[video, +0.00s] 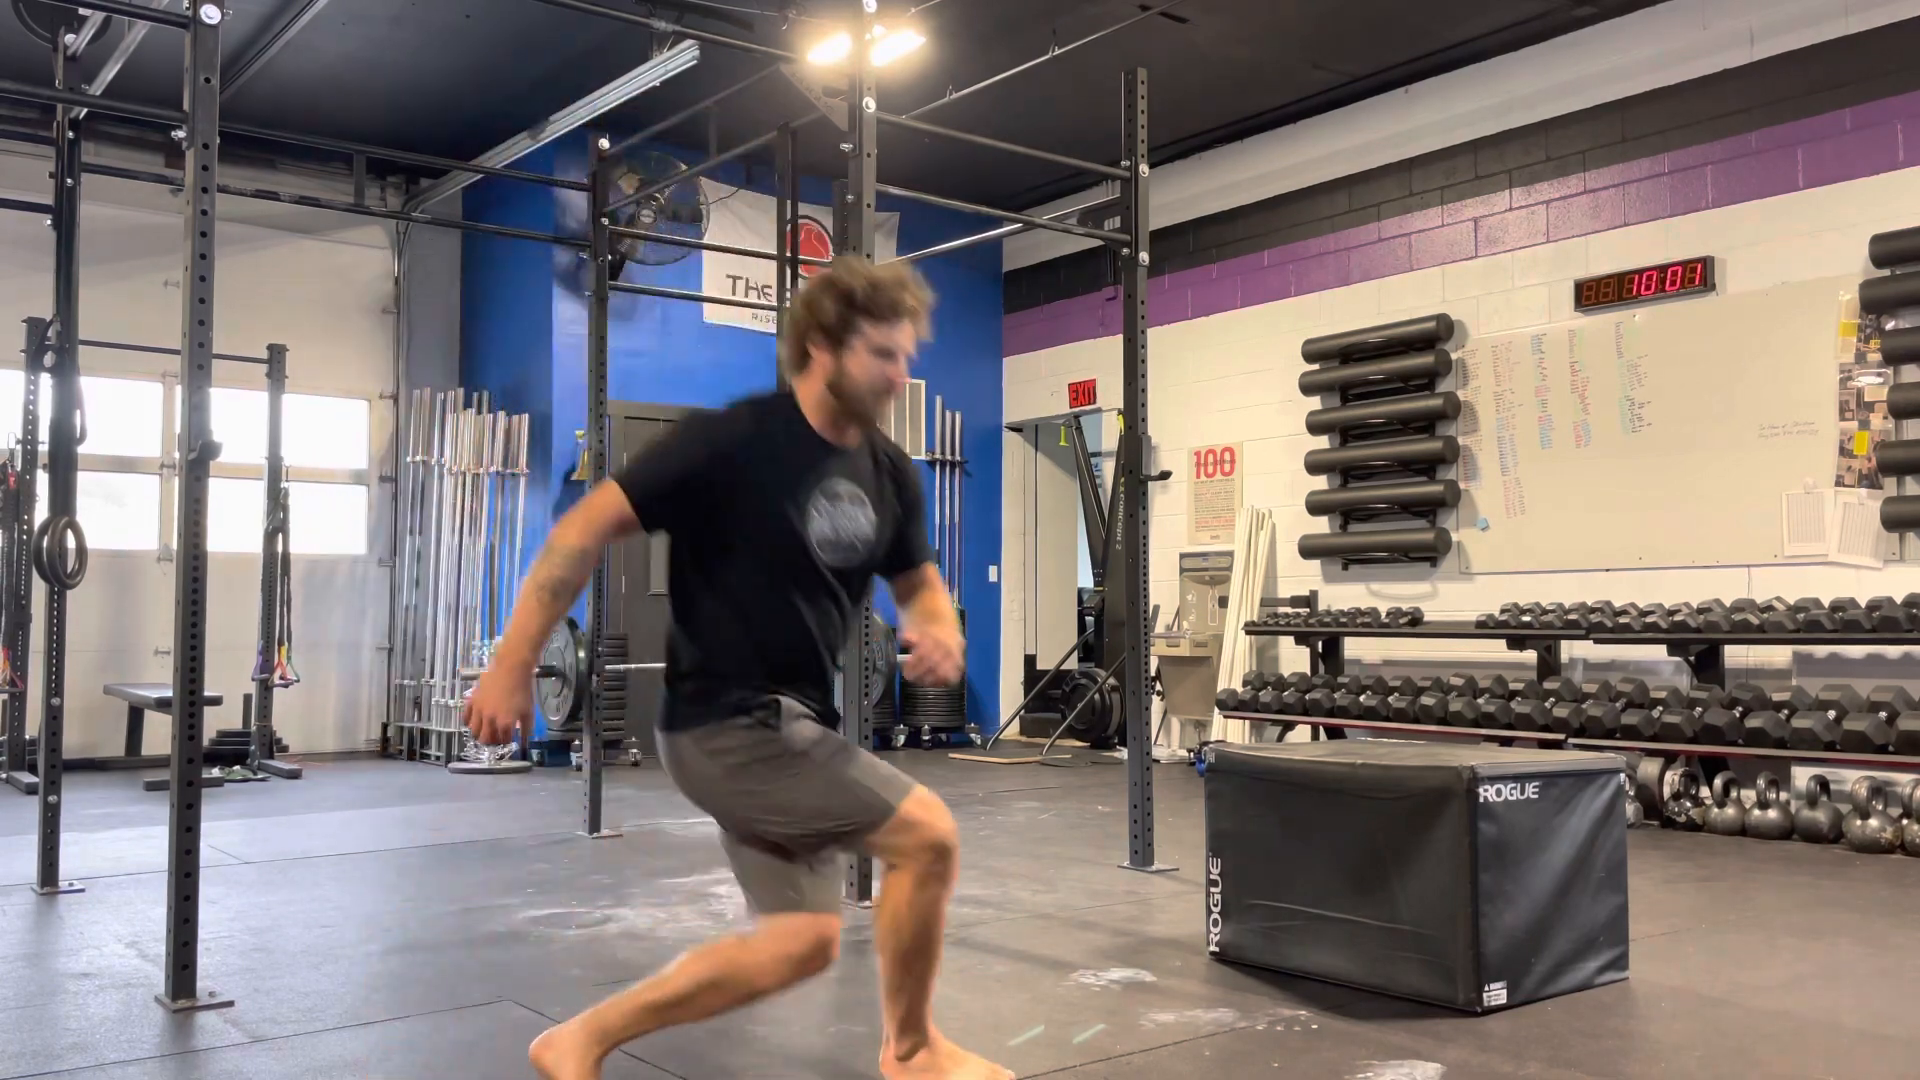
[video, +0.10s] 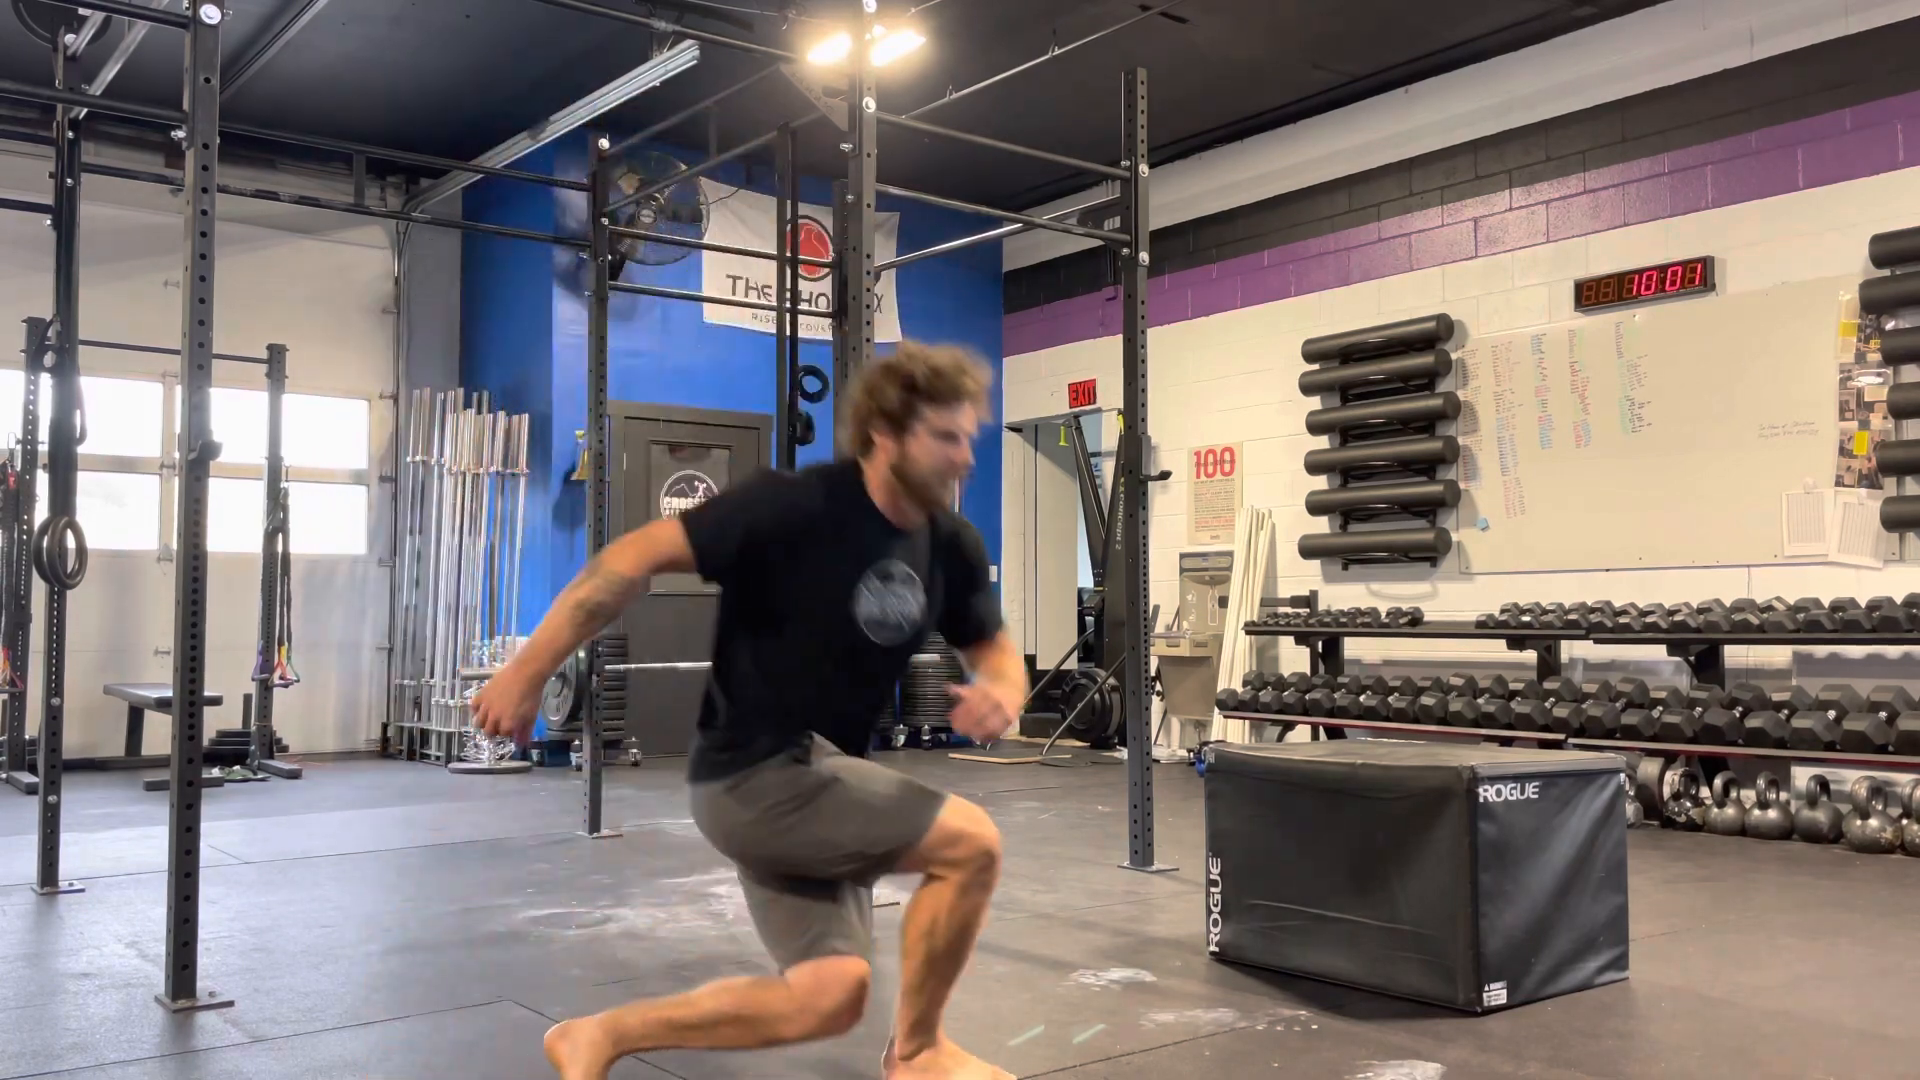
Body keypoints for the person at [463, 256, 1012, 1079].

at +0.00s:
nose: (902, 376)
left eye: (908, 358)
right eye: (885, 354)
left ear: (908, 359)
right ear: (822, 351)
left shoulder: (885, 471)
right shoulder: (727, 441)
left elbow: (920, 585)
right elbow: (581, 530)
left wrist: (939, 632)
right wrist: (510, 665)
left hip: (793, 721)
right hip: (727, 720)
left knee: (804, 942)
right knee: (927, 836)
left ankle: (578, 1041)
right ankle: (911, 1048)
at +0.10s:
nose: (964, 457)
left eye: (970, 440)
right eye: (947, 436)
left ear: (972, 443)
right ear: (884, 437)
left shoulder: (948, 546)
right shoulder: (790, 507)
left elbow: (996, 651)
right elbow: (634, 555)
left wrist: (1001, 696)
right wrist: (525, 672)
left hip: (817, 780)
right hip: (756, 775)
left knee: (831, 995)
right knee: (970, 845)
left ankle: (599, 1036)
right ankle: (916, 1049)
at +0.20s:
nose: (1034, 509)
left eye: (1037, 491)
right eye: (1016, 491)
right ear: (954, 492)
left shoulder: (1008, 597)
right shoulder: (857, 542)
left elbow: (1062, 700)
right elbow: (696, 561)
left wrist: (1070, 728)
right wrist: (567, 645)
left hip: (835, 800)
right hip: (783, 787)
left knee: (835, 1023)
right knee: (1003, 851)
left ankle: (604, 1036)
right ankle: (917, 1048)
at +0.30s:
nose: (1109, 508)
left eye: (1110, 491)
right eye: (1094, 492)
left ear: (1056, 496)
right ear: (1033, 493)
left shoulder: (1062, 591)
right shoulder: (927, 548)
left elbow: (1100, 707)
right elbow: (767, 588)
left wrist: (1113, 705)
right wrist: (647, 678)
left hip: (852, 775)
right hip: (838, 764)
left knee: (839, 998)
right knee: (1040, 863)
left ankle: (606, 1035)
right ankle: (918, 1049)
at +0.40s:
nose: (1158, 451)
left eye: (1158, 435)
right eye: (1149, 434)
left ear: (1100, 438)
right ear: (1101, 436)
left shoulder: (1086, 519)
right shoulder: (993, 516)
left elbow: (1061, 614)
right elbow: (891, 660)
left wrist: (1112, 668)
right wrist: (823, 776)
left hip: (930, 723)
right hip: (908, 723)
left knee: (929, 937)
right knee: (1063, 866)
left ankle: (720, 978)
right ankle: (919, 1043)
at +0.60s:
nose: (1202, 309)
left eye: (1203, 293)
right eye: (1198, 293)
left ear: (1120, 289)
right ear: (1168, 294)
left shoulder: (1082, 353)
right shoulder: (1139, 368)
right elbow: (1250, 449)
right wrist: (1340, 430)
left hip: (1073, 592)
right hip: (1019, 616)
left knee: (1191, 620)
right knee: (1062, 833)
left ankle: (1115, 770)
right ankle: (924, 1026)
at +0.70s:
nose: (1253, 228)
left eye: (1255, 214)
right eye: (1251, 212)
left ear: (1167, 201)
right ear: (1225, 205)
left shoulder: (1108, 261)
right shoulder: (1209, 253)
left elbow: (1048, 331)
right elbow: (1310, 338)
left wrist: (1127, 349)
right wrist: (1346, 310)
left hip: (1076, 505)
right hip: (1118, 519)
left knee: (1236, 532)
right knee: (1064, 732)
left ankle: (1177, 691)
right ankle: (966, 929)